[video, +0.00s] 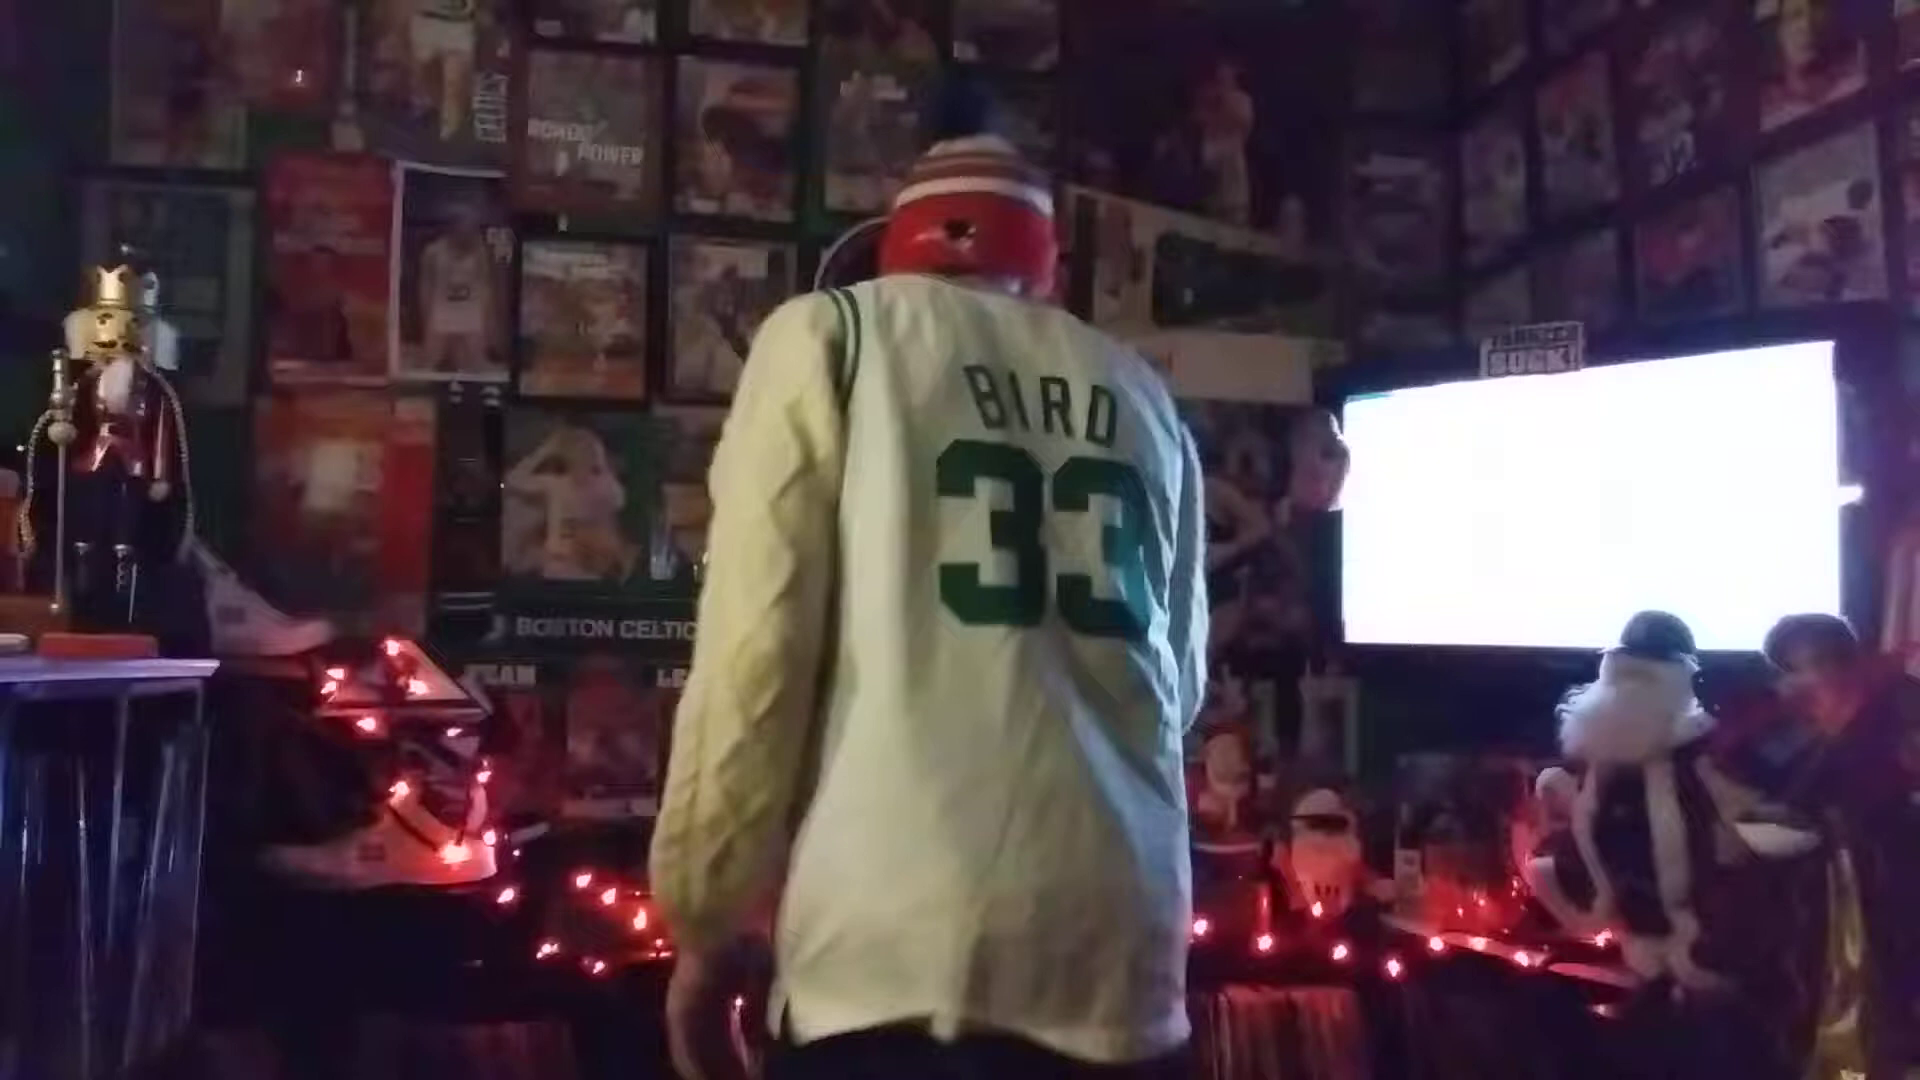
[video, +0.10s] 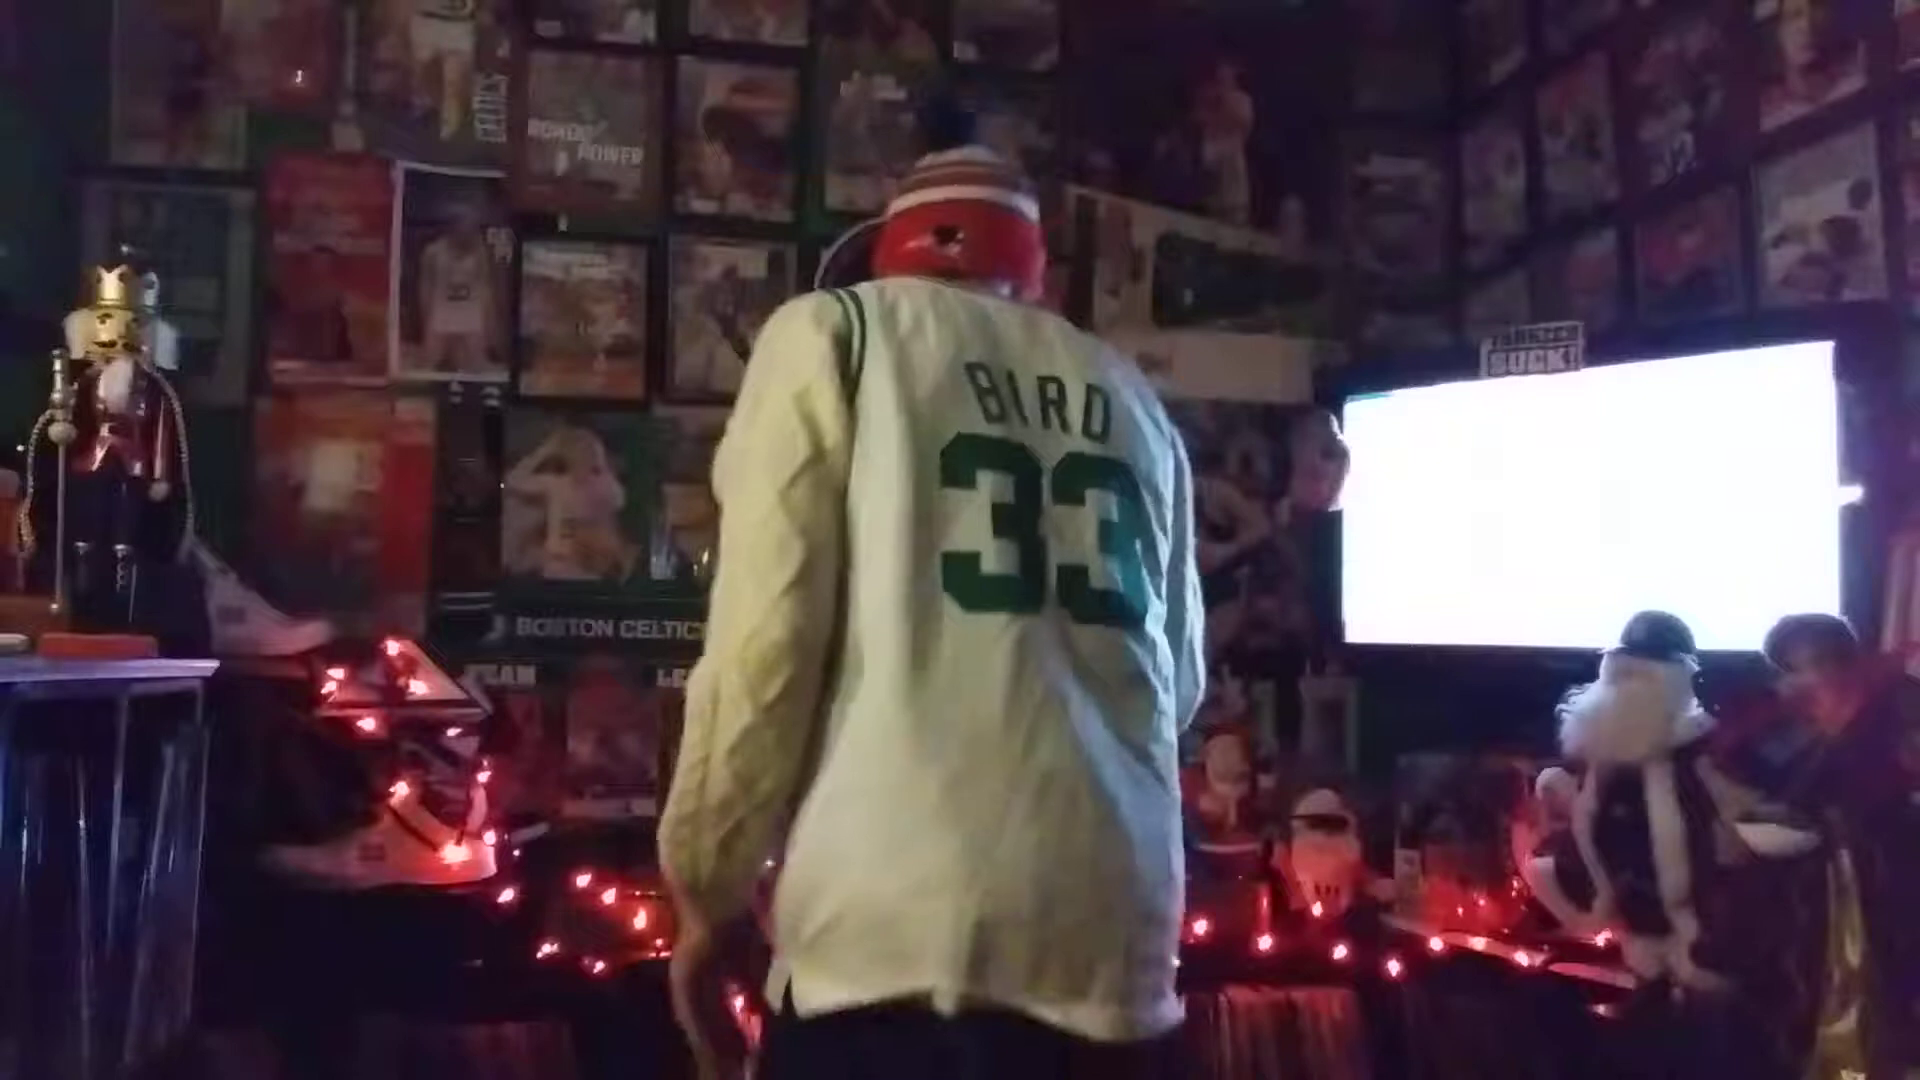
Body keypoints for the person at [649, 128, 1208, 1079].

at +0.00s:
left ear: (896, 249)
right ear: (1048, 273)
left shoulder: (826, 335)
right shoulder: (1150, 400)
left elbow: (759, 643)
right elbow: (1181, 685)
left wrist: (706, 929)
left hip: (888, 926)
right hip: (1121, 953)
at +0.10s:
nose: (874, 280)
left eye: (879, 262)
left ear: (891, 255)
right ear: (1035, 282)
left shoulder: (830, 330)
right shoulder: (1137, 397)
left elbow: (769, 632)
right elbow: (1180, 681)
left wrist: (707, 894)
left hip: (888, 903)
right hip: (1114, 925)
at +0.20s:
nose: (867, 293)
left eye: (871, 272)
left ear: (884, 269)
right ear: (1021, 289)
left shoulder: (824, 336)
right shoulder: (1120, 407)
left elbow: (763, 614)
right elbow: (1182, 684)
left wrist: (704, 852)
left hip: (881, 904)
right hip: (1096, 925)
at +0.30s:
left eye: (869, 284)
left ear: (871, 284)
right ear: (1009, 310)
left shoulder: (800, 358)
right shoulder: (1095, 412)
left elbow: (733, 617)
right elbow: (1177, 684)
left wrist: (693, 839)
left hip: (853, 923)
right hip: (1070, 938)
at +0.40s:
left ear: (851, 301)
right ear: (996, 320)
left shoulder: (765, 381)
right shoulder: (1072, 422)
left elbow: (684, 640)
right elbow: (1159, 676)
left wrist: (688, 841)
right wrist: (1020, 762)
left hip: (824, 928)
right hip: (1045, 936)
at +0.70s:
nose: (971, 351)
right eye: (971, 339)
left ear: (827, 312)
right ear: (954, 332)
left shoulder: (698, 418)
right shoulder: (996, 418)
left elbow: (637, 675)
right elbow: (1068, 672)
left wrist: (740, 763)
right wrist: (1063, 772)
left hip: (765, 906)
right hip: (971, 903)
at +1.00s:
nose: (999, 380)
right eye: (1001, 366)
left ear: (874, 330)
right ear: (989, 356)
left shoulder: (748, 434)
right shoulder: (1007, 429)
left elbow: (755, 645)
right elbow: (1079, 674)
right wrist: (1065, 802)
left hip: (772, 912)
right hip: (968, 914)